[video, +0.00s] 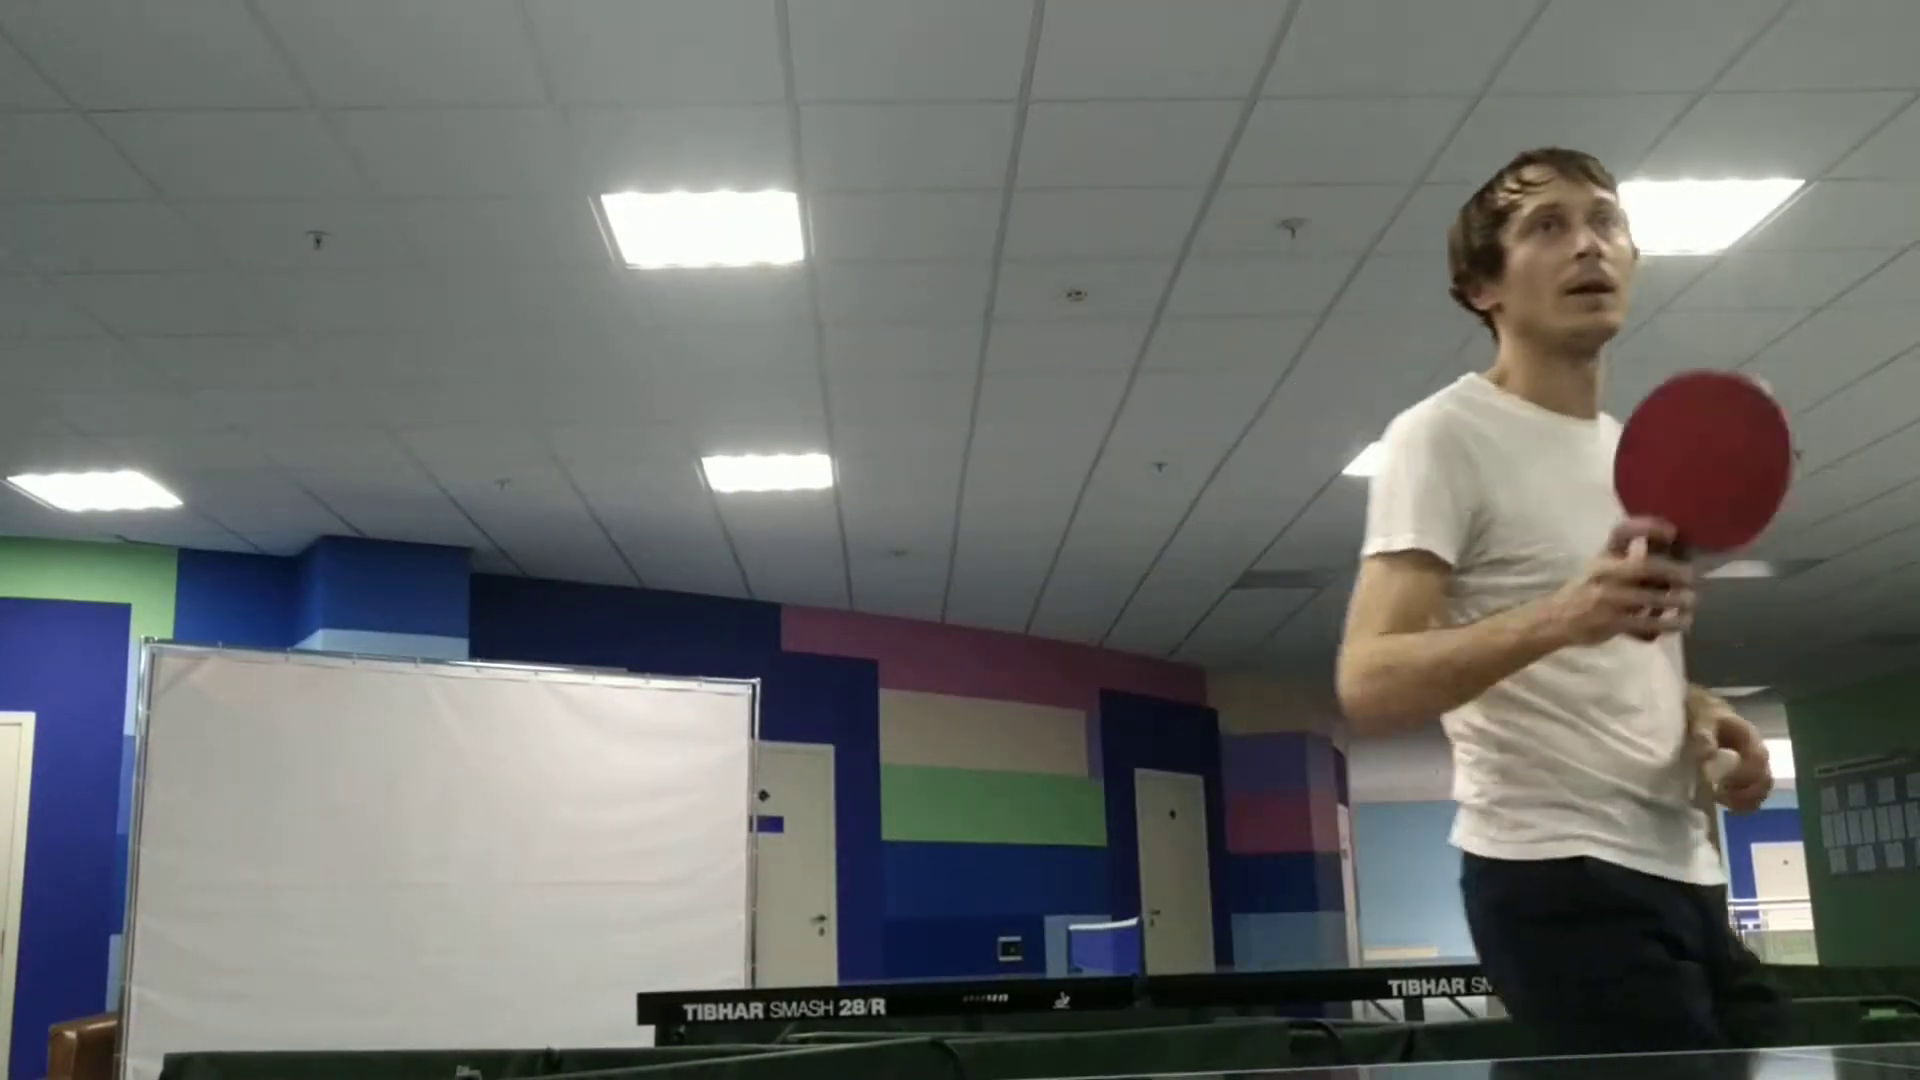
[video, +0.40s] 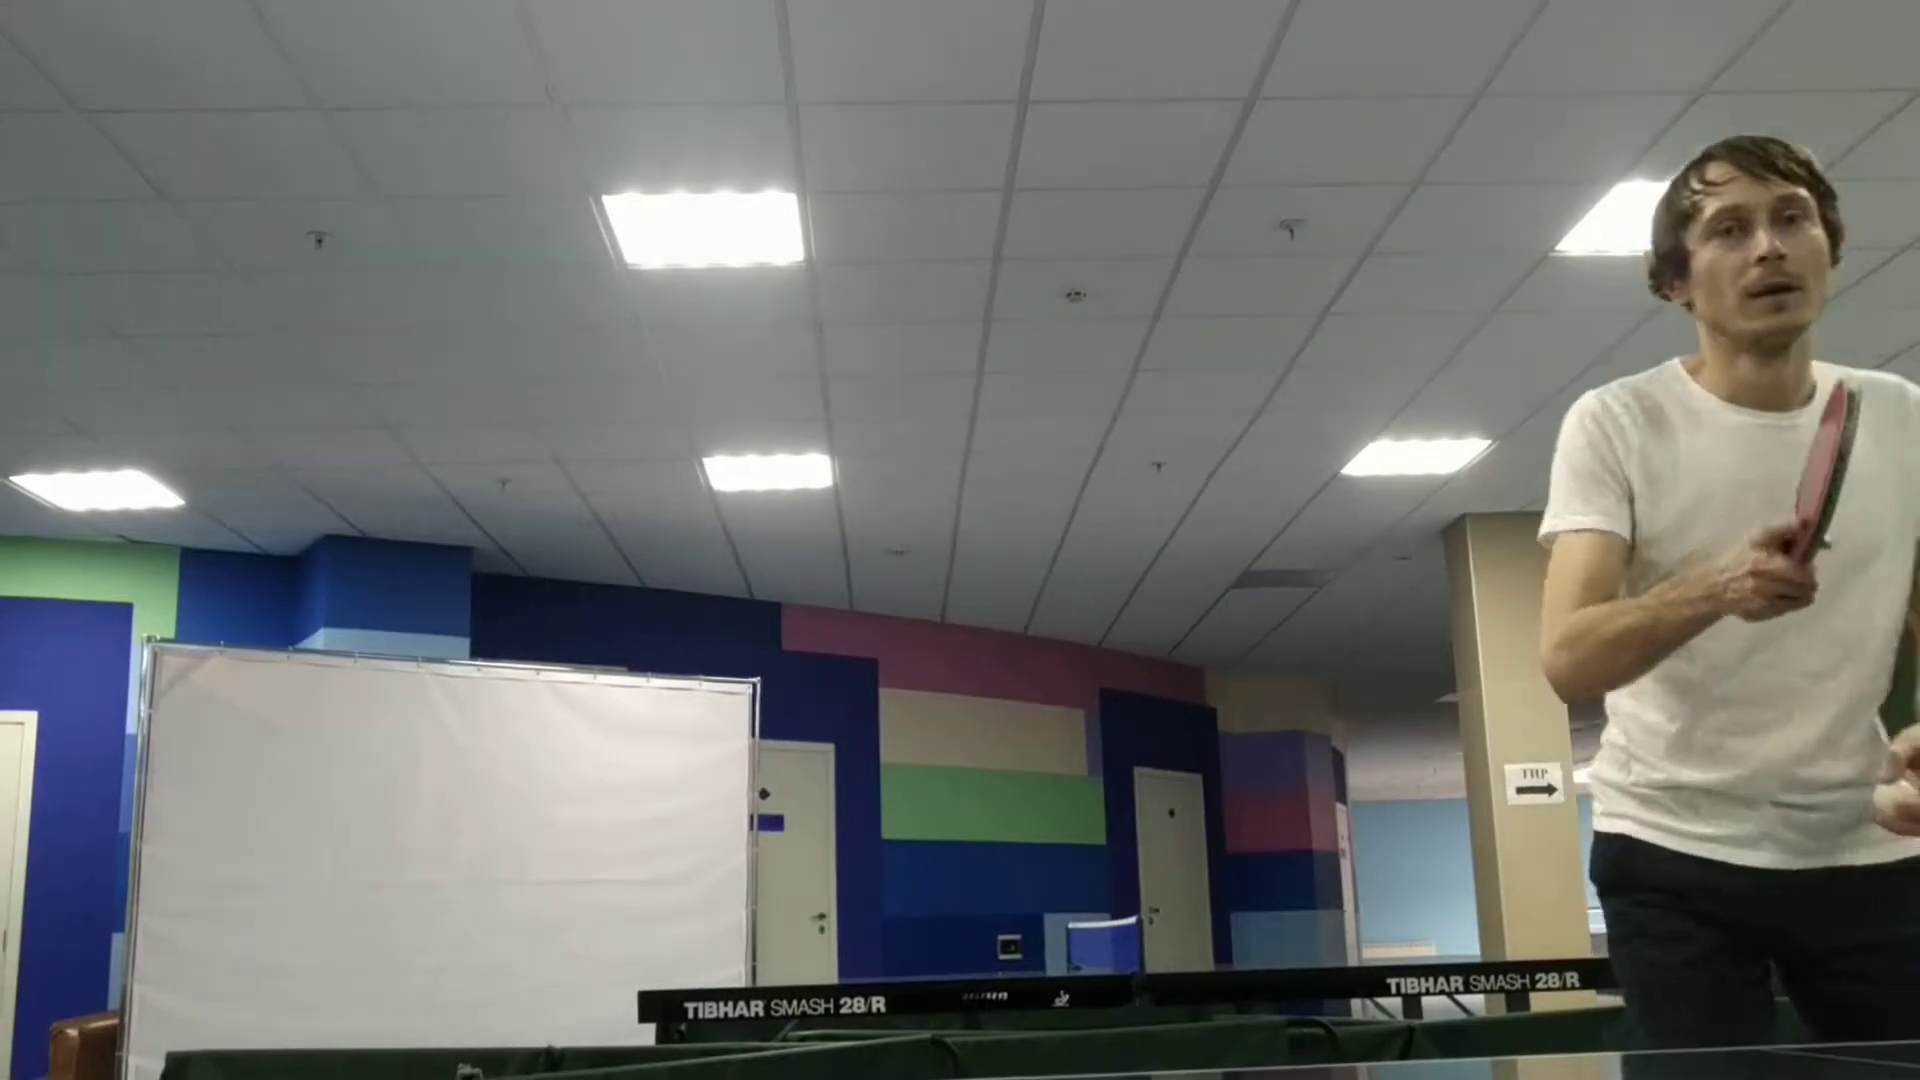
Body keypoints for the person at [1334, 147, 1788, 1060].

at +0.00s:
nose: (1590, 243)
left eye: (1606, 223)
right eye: (1548, 226)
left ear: (1634, 264)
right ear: (1483, 287)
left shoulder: (1633, 450)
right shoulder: (1442, 434)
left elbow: (1637, 662)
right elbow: (1367, 683)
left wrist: (1702, 714)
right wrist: (1565, 615)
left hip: (1676, 867)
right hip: (1553, 867)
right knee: (1681, 1075)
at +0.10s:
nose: (1644, 234)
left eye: (1661, 211)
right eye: (1601, 217)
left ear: (1689, 252)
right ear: (1539, 277)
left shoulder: (1700, 430)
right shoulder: (1495, 428)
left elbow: (1700, 636)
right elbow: (1472, 678)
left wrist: (1771, 695)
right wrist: (1628, 565)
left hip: (1735, 848)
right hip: (1595, 849)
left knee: (1861, 1063)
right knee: (1697, 1068)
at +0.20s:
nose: (1693, 227)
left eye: (1711, 204)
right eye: (1649, 212)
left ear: (1743, 247)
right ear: (1593, 275)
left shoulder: (1759, 417)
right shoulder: (1543, 420)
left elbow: (1786, 621)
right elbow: (1547, 665)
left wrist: (1840, 692)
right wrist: (1692, 551)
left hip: (1790, 839)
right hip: (1632, 844)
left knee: (1883, 1063)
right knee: (1704, 1066)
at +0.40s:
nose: (1769, 246)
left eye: (1792, 219)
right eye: (1730, 228)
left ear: (1832, 252)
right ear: (1680, 280)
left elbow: (1914, 633)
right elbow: (1569, 663)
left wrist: (1913, 738)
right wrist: (1712, 590)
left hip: (1864, 851)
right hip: (1672, 854)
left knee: (1892, 1065)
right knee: (1701, 1073)